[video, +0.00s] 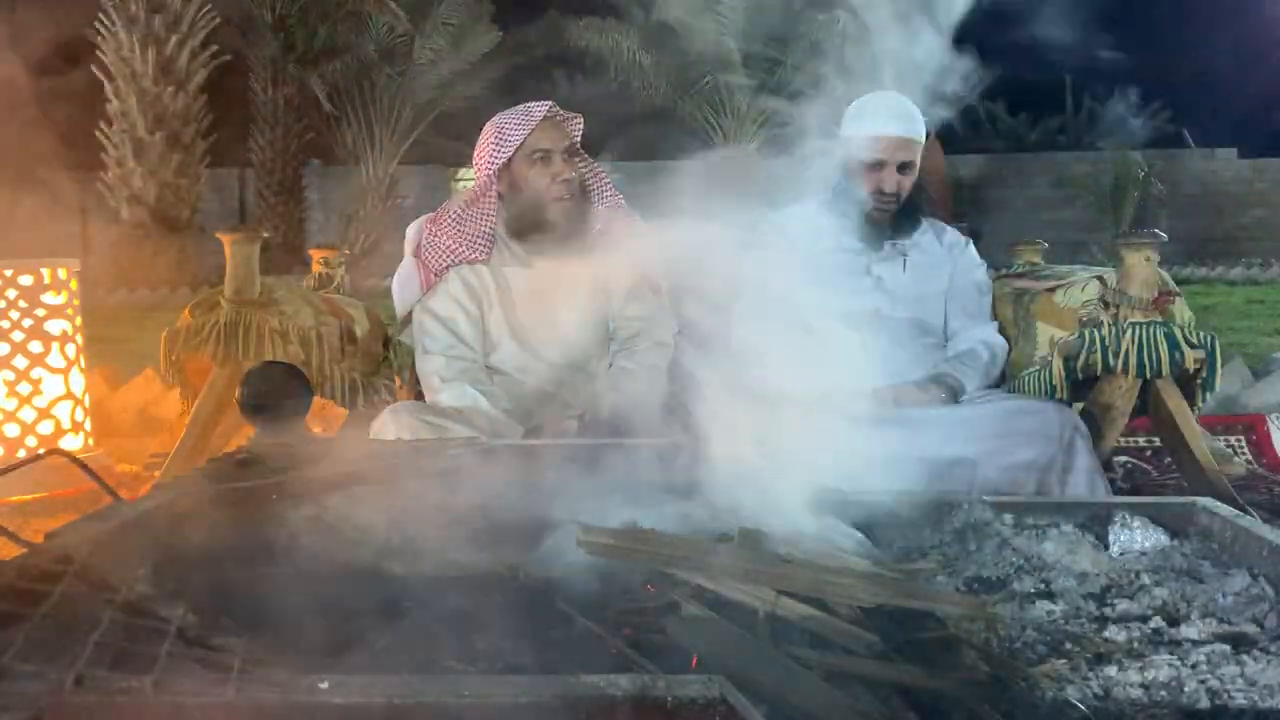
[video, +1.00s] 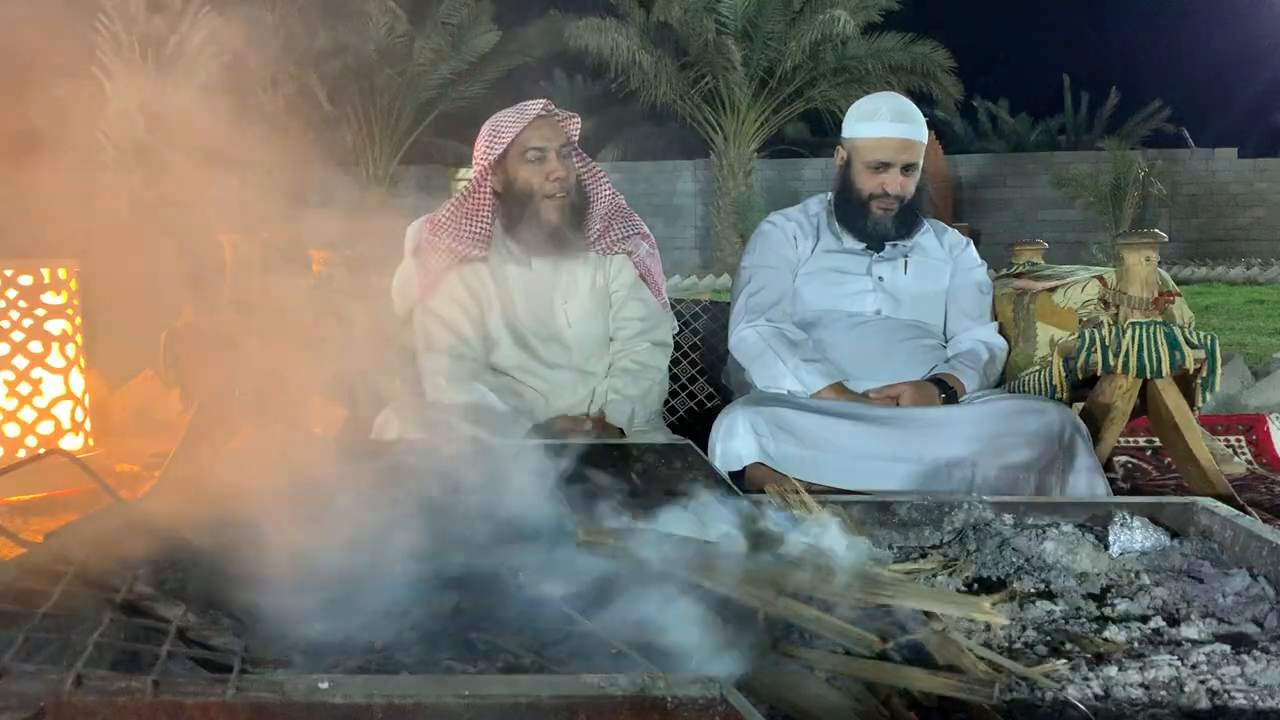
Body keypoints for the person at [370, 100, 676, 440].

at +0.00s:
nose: (568, 172)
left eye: (571, 155)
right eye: (542, 160)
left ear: (583, 162)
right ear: (500, 180)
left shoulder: (623, 256)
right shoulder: (461, 279)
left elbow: (645, 356)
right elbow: (451, 384)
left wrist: (597, 427)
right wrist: (520, 441)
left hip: (599, 439)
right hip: (497, 441)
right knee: (397, 425)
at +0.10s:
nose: (563, 172)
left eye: (569, 156)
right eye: (541, 159)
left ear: (580, 160)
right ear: (502, 174)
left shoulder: (615, 240)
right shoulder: (467, 256)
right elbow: (446, 377)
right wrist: (515, 444)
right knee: (399, 424)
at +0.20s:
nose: (561, 170)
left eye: (569, 153)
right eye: (540, 156)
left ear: (583, 163)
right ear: (502, 176)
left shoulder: (614, 265)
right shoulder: (463, 277)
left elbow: (655, 360)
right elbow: (450, 378)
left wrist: (608, 418)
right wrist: (542, 421)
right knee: (406, 417)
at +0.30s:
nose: (562, 173)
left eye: (567, 154)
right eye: (536, 159)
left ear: (580, 167)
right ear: (498, 180)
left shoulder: (616, 274)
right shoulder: (456, 284)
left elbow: (642, 390)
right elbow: (456, 401)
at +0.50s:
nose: (559, 173)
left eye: (566, 155)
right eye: (536, 158)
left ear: (578, 166)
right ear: (496, 177)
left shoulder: (615, 269)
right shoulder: (461, 277)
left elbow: (643, 369)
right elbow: (454, 374)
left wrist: (589, 429)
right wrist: (513, 435)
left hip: (591, 431)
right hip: (497, 432)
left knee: (646, 440)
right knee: (411, 412)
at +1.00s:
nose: (560, 173)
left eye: (566, 155)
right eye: (537, 158)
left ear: (577, 163)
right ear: (497, 176)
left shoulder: (610, 254)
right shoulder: (459, 265)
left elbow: (644, 346)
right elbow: (450, 384)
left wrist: (611, 421)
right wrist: (535, 434)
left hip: (618, 436)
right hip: (509, 444)